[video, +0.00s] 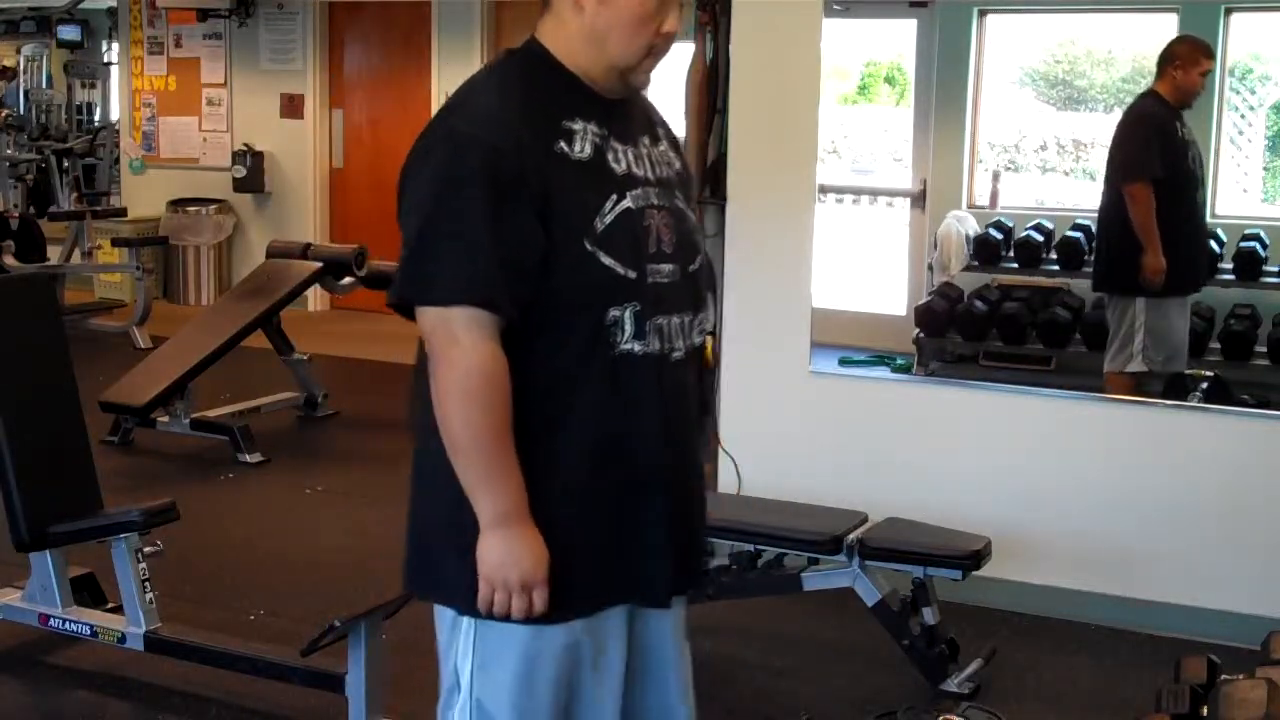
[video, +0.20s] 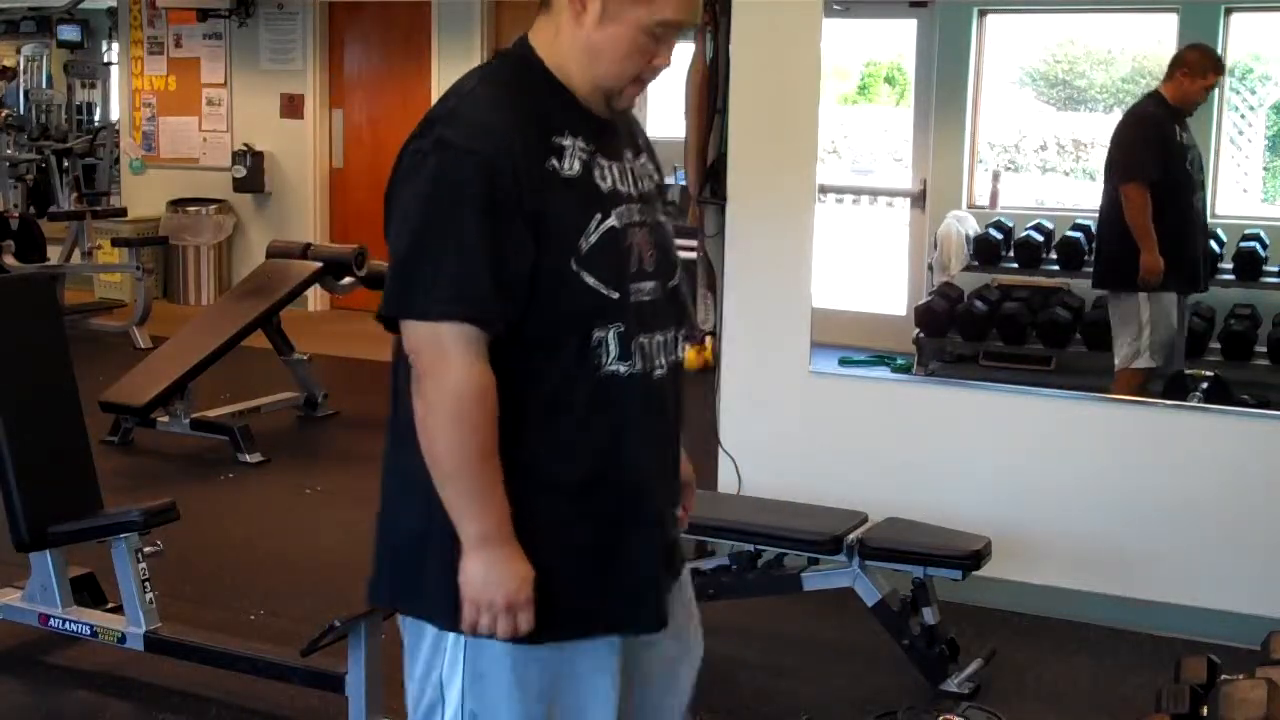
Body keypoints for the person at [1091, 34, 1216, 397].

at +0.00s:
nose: (1204, 85)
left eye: (1206, 77)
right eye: (1202, 75)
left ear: (1178, 71)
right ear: (1176, 69)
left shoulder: (1169, 117)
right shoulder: (1146, 115)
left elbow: (1169, 189)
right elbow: (1135, 187)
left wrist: (1183, 251)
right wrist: (1152, 250)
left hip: (1166, 265)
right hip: (1140, 266)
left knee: (1153, 369)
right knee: (1126, 370)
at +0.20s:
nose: (1207, 98)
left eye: (1211, 90)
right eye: (1207, 88)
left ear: (1183, 77)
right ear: (1182, 75)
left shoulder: (1175, 124)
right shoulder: (1145, 119)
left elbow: (1177, 194)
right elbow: (1132, 188)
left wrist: (1189, 253)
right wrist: (1149, 250)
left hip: (1169, 267)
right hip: (1141, 267)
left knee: (1159, 368)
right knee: (1136, 367)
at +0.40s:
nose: (1209, 104)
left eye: (1214, 98)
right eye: (1210, 95)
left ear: (1189, 81)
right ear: (1189, 79)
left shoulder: (1177, 126)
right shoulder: (1146, 120)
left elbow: (1174, 194)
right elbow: (1128, 189)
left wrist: (1180, 253)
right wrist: (1146, 250)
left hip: (1167, 268)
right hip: (1139, 269)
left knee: (1156, 374)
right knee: (1127, 372)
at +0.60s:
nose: (1210, 109)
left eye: (1216, 103)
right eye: (1212, 100)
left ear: (1194, 85)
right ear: (1194, 85)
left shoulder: (1175, 126)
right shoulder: (1148, 121)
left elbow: (1168, 196)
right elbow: (1130, 190)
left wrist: (1173, 259)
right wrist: (1143, 255)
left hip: (1162, 270)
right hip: (1135, 270)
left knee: (1149, 373)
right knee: (1125, 372)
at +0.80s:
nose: (1210, 114)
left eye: (1216, 107)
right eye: (1214, 105)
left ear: (1195, 86)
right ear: (1198, 89)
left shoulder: (1167, 123)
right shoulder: (1151, 122)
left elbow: (1151, 195)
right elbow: (1135, 194)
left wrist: (1162, 259)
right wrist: (1144, 259)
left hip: (1146, 272)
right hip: (1128, 273)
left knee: (1136, 375)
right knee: (1124, 376)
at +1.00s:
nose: (1209, 111)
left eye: (1214, 105)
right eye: (1212, 102)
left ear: (1192, 85)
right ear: (1195, 87)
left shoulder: (1165, 122)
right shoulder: (1150, 121)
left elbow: (1150, 194)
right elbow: (1134, 194)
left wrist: (1160, 258)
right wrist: (1143, 256)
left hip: (1145, 271)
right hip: (1129, 272)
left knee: (1128, 376)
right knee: (1123, 377)